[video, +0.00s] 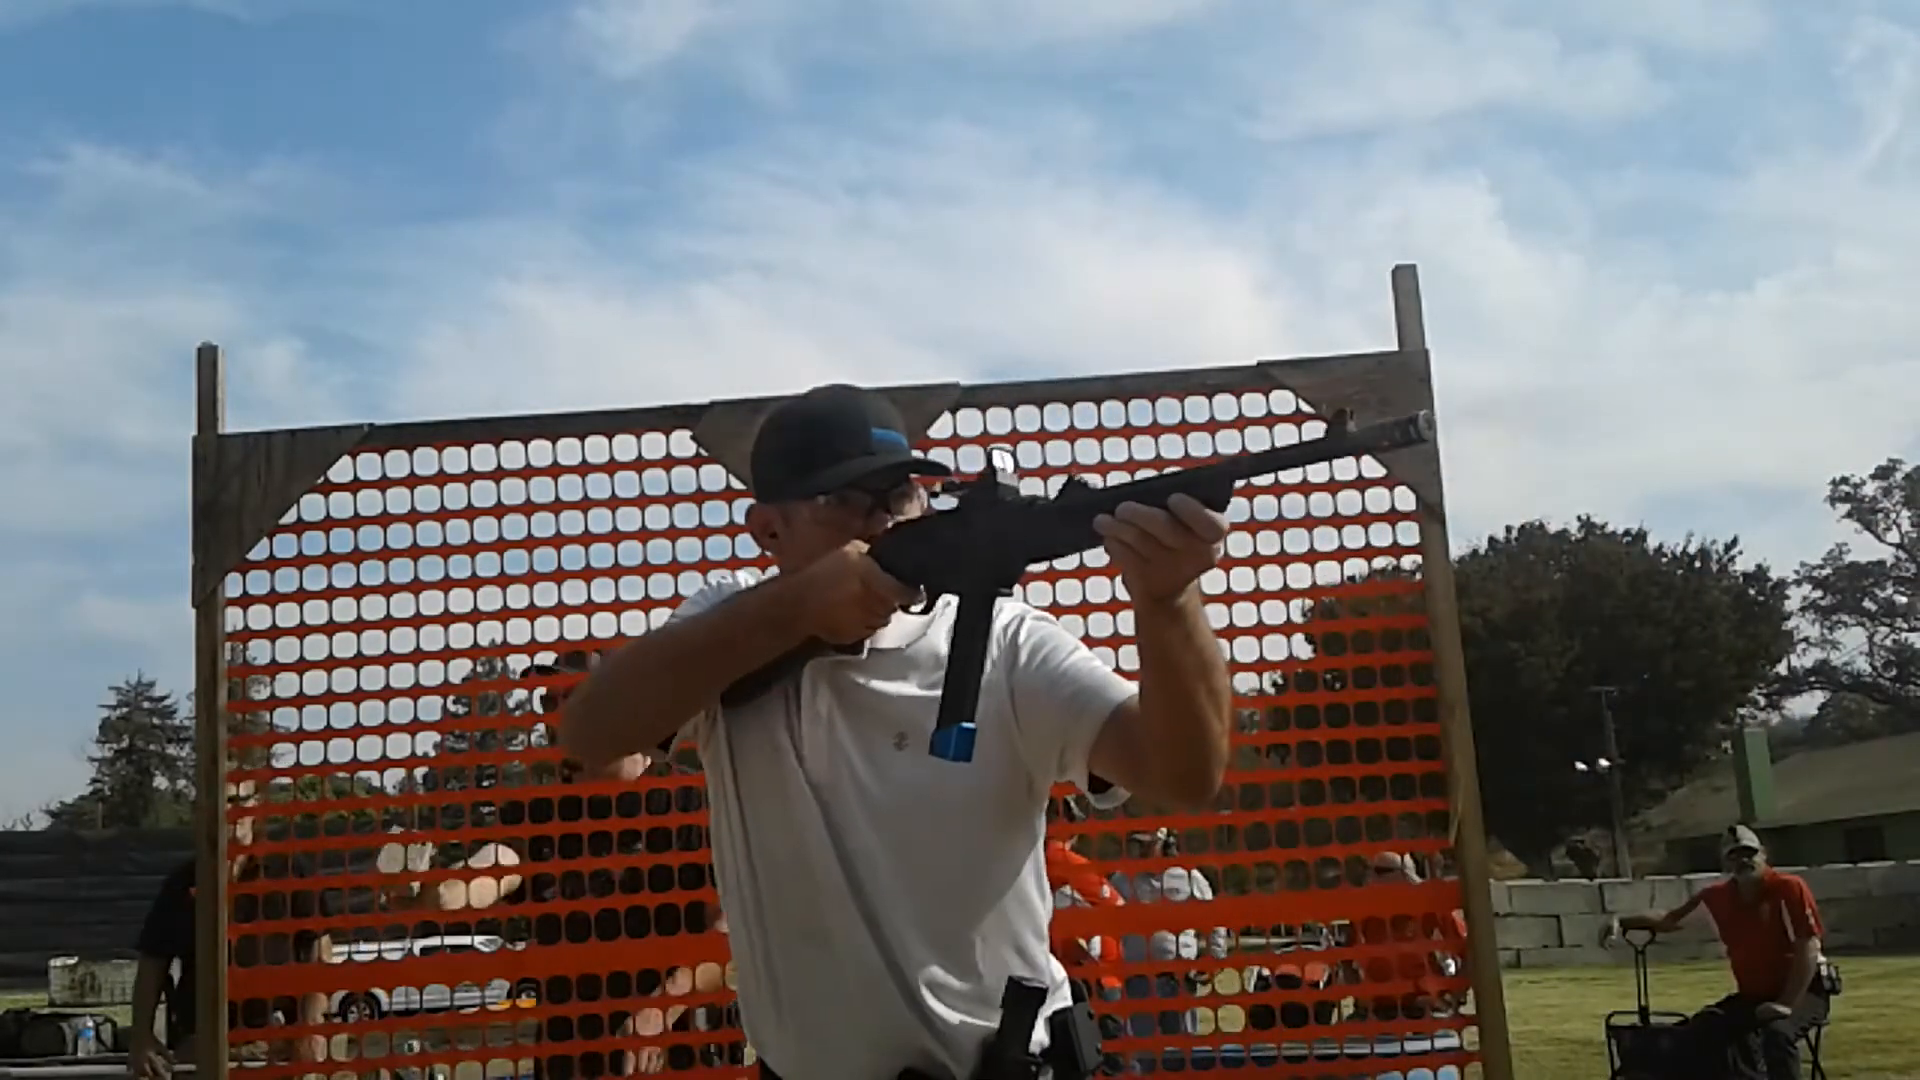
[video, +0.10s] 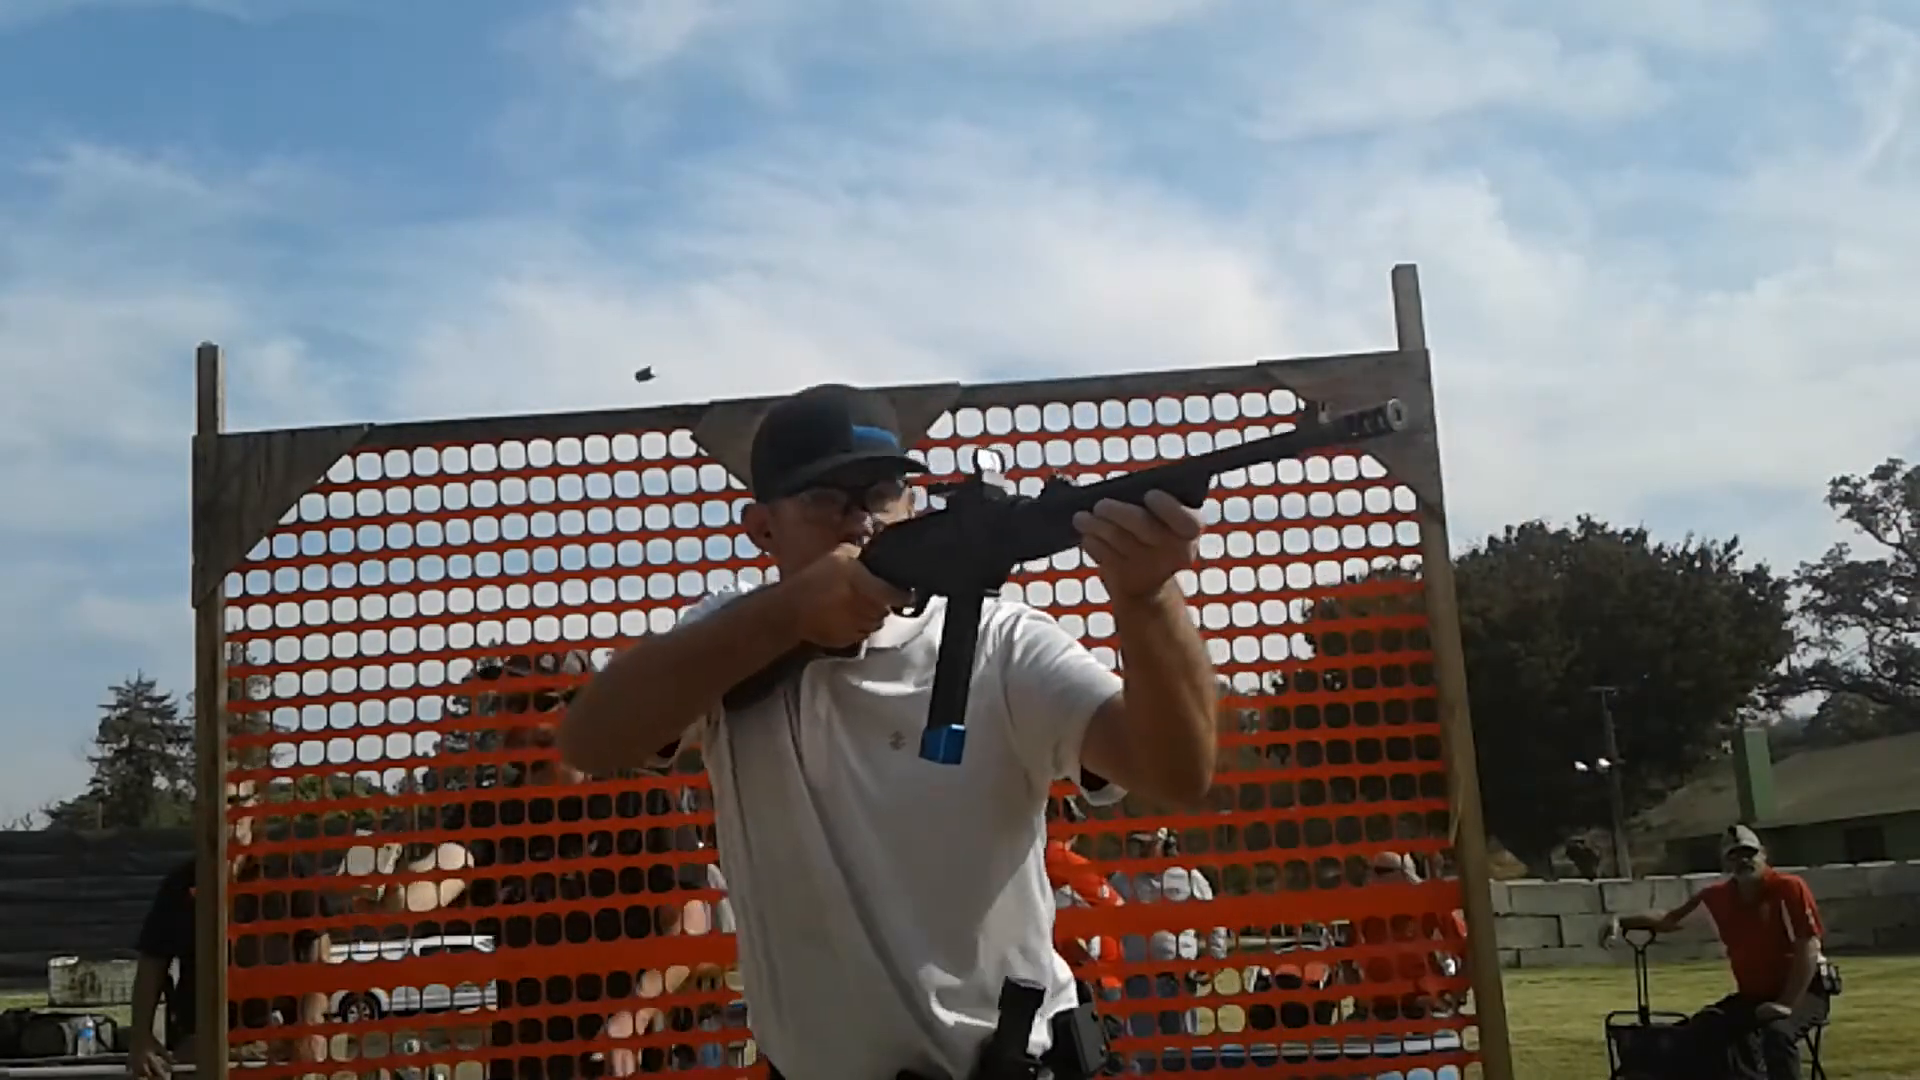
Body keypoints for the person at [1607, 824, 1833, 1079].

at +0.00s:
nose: (1744, 860)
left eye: (1750, 853)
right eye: (1735, 856)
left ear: (1762, 856)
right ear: (1725, 863)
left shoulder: (1789, 888)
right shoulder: (1714, 897)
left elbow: (1810, 950)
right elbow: (1668, 922)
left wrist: (1787, 1004)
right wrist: (1621, 922)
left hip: (1803, 998)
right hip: (1752, 998)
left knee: (1776, 1035)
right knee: (1695, 1032)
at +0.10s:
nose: (1744, 860)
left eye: (1750, 853)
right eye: (1735, 856)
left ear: (1762, 856)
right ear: (1725, 863)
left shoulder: (1789, 888)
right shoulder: (1714, 897)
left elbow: (1810, 949)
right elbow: (1668, 922)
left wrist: (1787, 1004)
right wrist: (1621, 922)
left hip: (1803, 998)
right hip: (1753, 998)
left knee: (1776, 1035)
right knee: (1694, 1032)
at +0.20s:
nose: (1744, 859)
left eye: (1750, 853)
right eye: (1735, 855)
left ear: (1762, 856)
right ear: (1725, 863)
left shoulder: (1789, 888)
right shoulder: (1715, 897)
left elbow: (1810, 950)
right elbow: (1668, 922)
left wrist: (1787, 1004)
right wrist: (1621, 923)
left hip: (1803, 998)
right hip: (1753, 998)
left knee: (1776, 1035)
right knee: (1695, 1031)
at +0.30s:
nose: (1744, 859)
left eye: (1750, 853)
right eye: (1735, 855)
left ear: (1763, 856)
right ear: (1725, 863)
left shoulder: (1789, 888)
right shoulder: (1715, 897)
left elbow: (1810, 949)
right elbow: (1668, 922)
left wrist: (1787, 1004)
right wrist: (1621, 922)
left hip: (1803, 998)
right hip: (1753, 998)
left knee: (1776, 1035)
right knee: (1695, 1032)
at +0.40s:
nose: (1744, 860)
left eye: (1750, 853)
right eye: (1735, 855)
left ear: (1763, 856)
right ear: (1725, 863)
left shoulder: (1789, 888)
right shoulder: (1715, 897)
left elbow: (1810, 949)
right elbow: (1668, 922)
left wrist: (1787, 1004)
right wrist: (1621, 922)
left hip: (1803, 998)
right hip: (1753, 998)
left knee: (1776, 1035)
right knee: (1695, 1032)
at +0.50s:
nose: (1744, 860)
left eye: (1750, 853)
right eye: (1735, 856)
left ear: (1763, 856)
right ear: (1725, 863)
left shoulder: (1789, 888)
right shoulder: (1715, 897)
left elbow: (1810, 949)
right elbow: (1668, 922)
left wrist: (1787, 1004)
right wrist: (1621, 923)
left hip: (1803, 998)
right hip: (1753, 998)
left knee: (1776, 1035)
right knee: (1695, 1031)